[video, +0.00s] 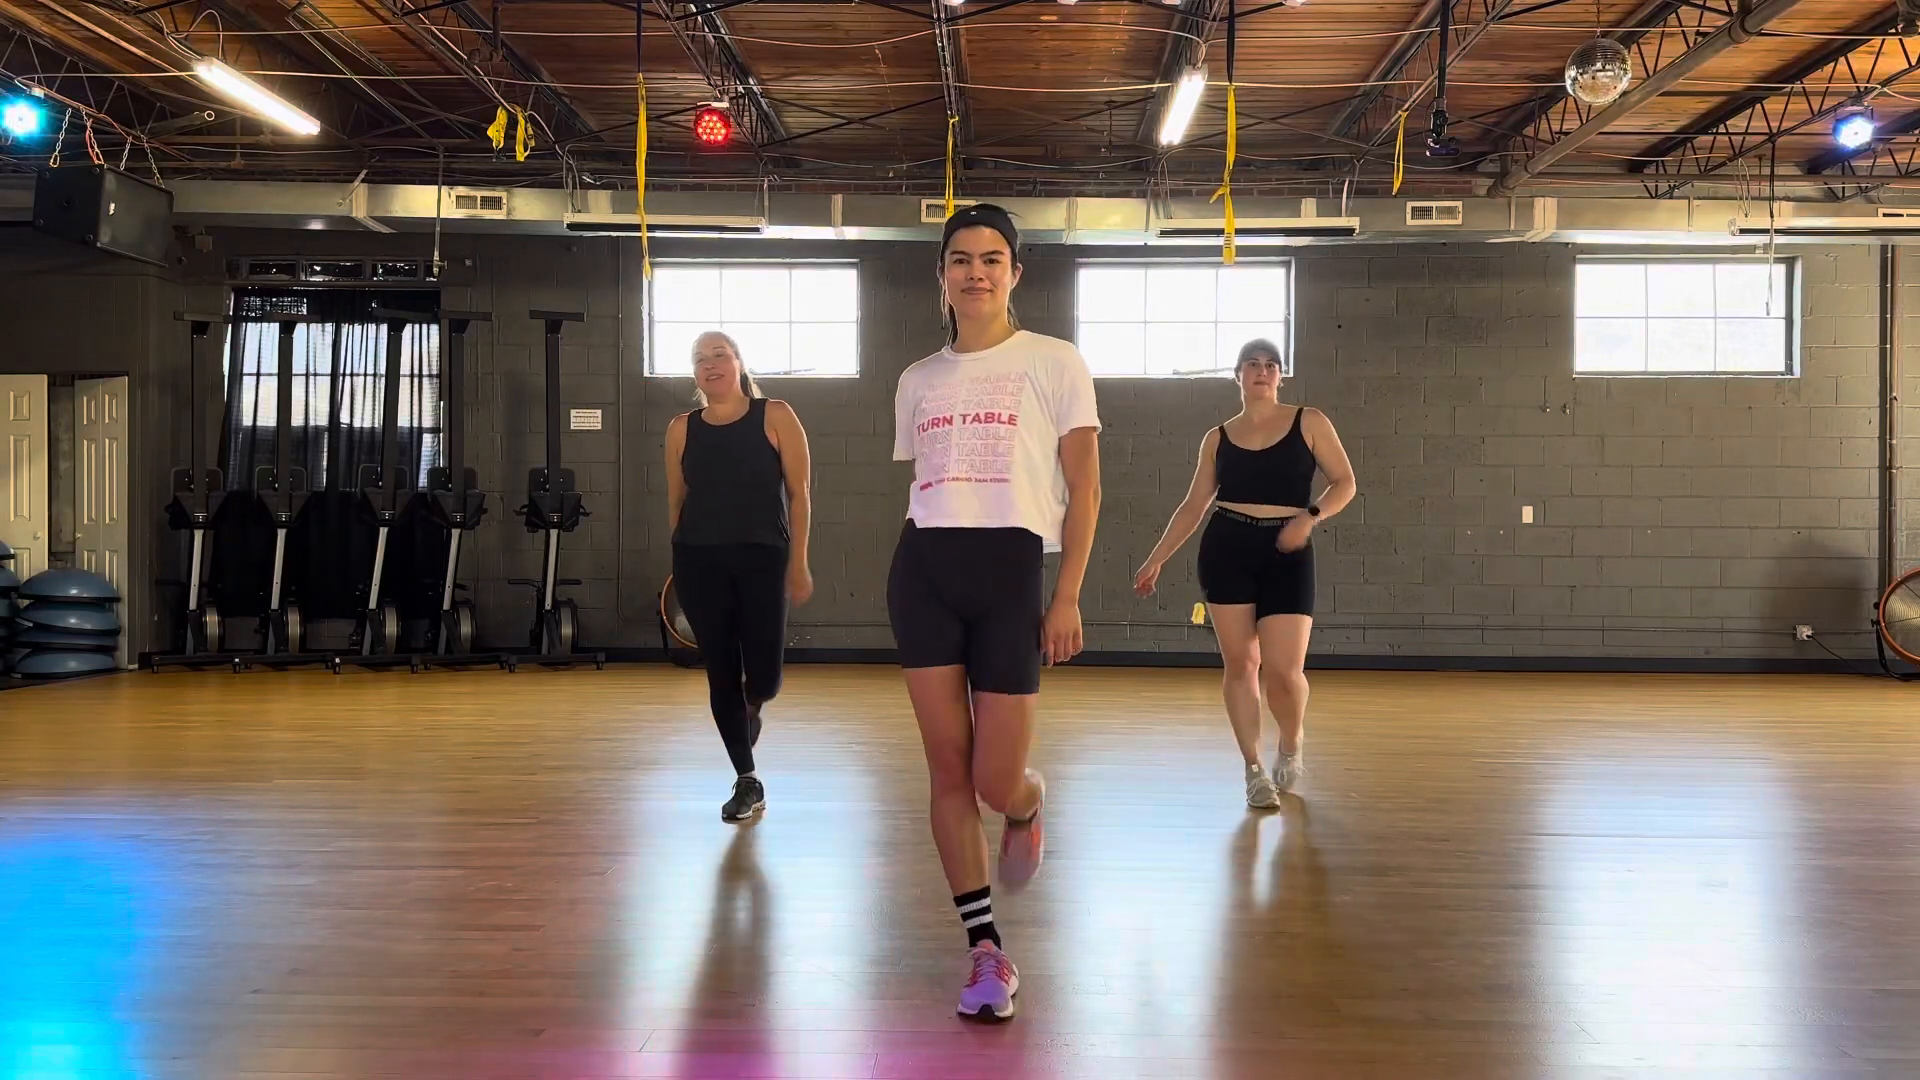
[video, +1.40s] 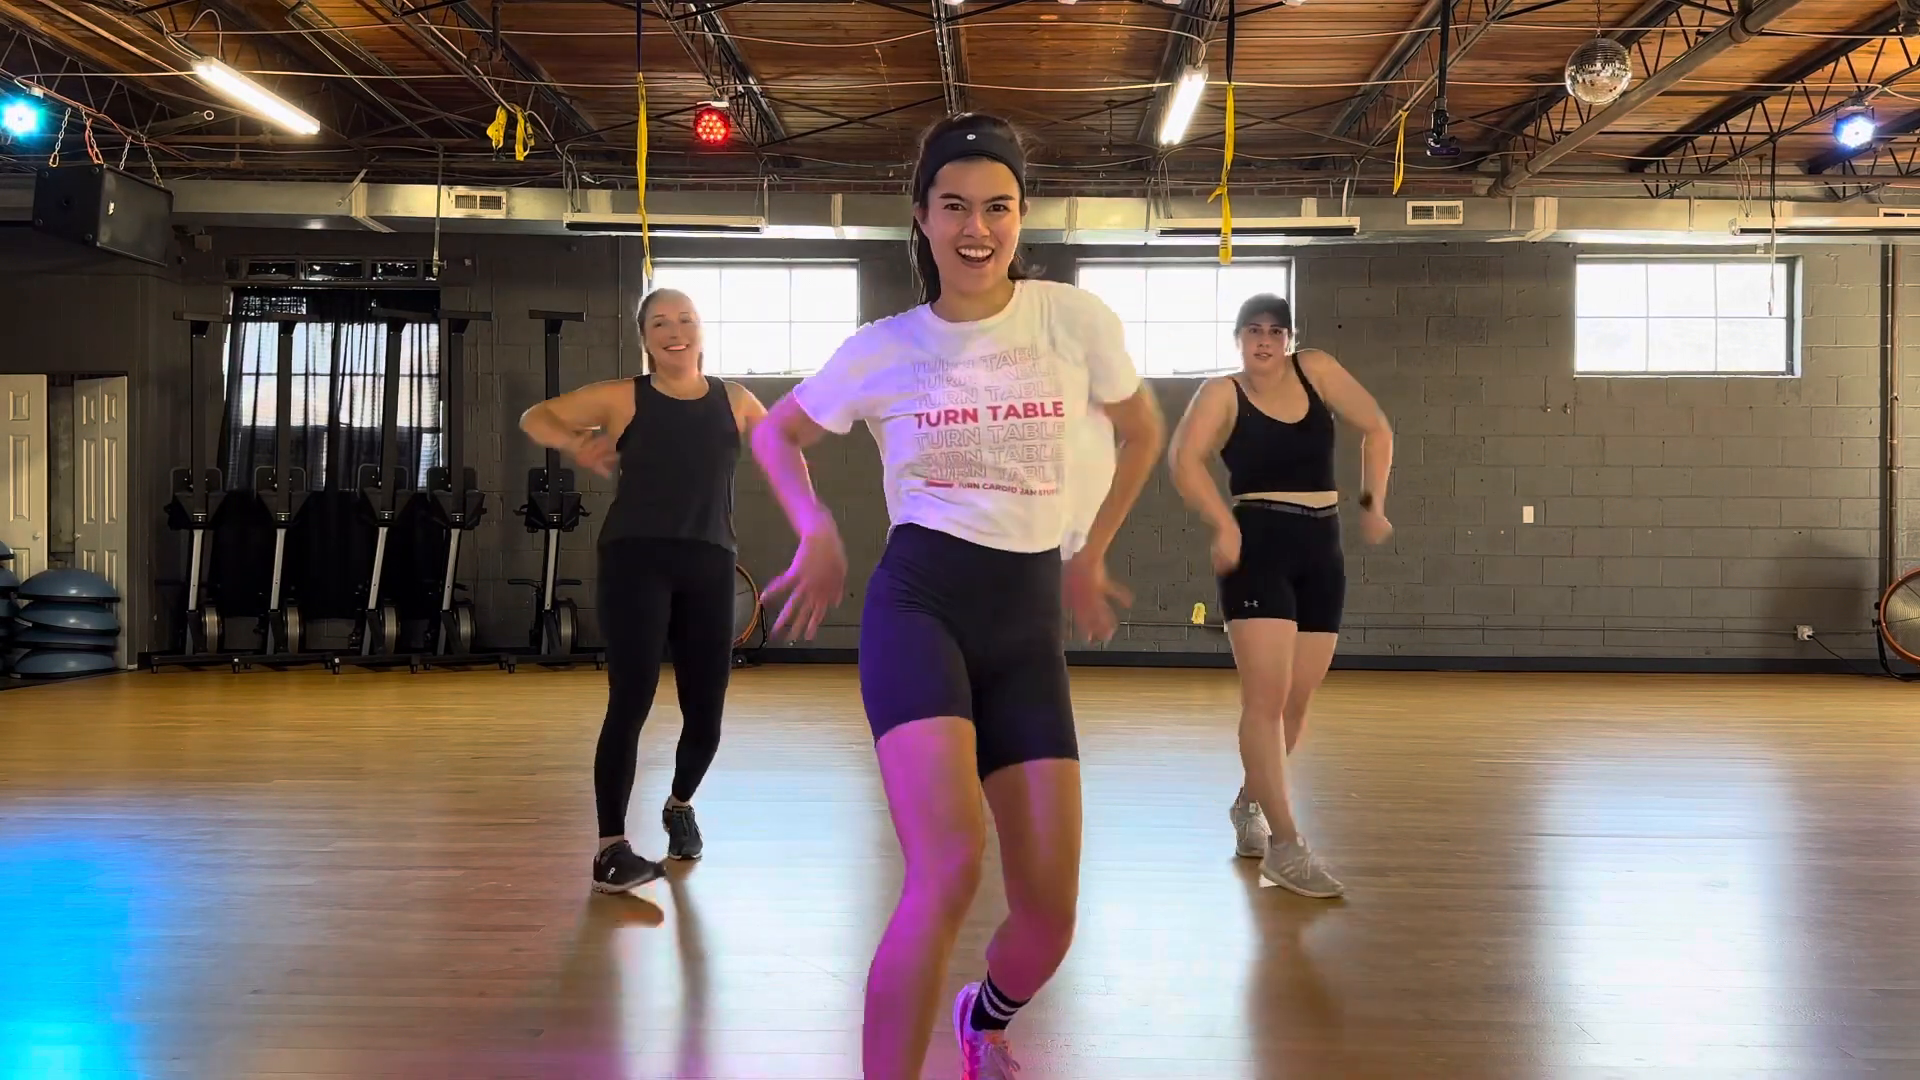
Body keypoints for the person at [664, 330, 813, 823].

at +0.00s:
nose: (713, 363)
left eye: (722, 355)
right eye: (704, 358)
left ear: (740, 365)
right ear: (694, 373)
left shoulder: (776, 416)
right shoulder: (681, 430)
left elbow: (799, 493)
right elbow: (677, 505)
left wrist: (799, 563)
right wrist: (677, 575)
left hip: (762, 561)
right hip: (700, 564)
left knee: (764, 678)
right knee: (722, 675)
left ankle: (751, 705)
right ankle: (746, 780)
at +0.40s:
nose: (702, 354)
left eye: (712, 346)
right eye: (694, 348)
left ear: (732, 360)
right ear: (683, 364)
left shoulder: (768, 414)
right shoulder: (666, 426)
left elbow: (795, 486)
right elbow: (667, 502)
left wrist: (793, 549)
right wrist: (674, 569)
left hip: (757, 558)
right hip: (692, 560)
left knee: (724, 652)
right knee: (719, 663)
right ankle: (746, 777)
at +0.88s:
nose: (686, 336)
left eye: (698, 328)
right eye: (678, 328)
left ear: (719, 341)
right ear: (667, 342)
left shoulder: (749, 407)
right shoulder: (643, 405)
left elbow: (772, 490)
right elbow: (622, 484)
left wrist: (799, 559)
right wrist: (586, 552)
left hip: (727, 566)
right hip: (657, 564)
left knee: (705, 692)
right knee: (643, 688)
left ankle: (683, 812)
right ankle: (698, 706)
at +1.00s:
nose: (683, 338)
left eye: (694, 330)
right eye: (675, 329)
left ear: (718, 342)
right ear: (664, 340)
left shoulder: (745, 409)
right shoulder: (639, 398)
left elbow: (784, 488)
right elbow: (603, 467)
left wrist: (861, 478)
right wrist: (520, 469)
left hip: (726, 562)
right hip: (652, 559)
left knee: (706, 690)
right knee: (633, 677)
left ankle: (682, 811)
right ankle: (679, 662)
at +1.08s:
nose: (680, 336)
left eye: (693, 327)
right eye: (672, 327)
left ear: (716, 340)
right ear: (660, 339)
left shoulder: (741, 405)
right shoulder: (634, 395)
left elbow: (797, 468)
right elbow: (585, 444)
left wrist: (832, 405)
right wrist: (532, 386)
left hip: (723, 557)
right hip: (648, 554)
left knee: (705, 690)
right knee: (637, 670)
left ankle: (682, 811)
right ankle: (663, 686)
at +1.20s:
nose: (677, 334)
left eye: (689, 326)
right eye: (667, 325)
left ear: (712, 336)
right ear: (656, 335)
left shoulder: (741, 400)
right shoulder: (630, 391)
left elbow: (806, 449)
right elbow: (567, 417)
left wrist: (820, 387)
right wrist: (568, 362)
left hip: (720, 557)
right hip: (644, 553)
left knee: (700, 691)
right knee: (641, 661)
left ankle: (685, 810)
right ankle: (642, 757)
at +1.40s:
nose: (678, 331)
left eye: (687, 320)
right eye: (662, 323)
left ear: (703, 332)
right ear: (645, 340)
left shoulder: (736, 400)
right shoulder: (619, 397)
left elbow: (789, 467)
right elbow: (533, 418)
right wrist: (575, 445)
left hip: (708, 566)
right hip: (635, 564)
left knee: (705, 717)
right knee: (630, 701)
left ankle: (681, 804)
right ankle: (611, 846)